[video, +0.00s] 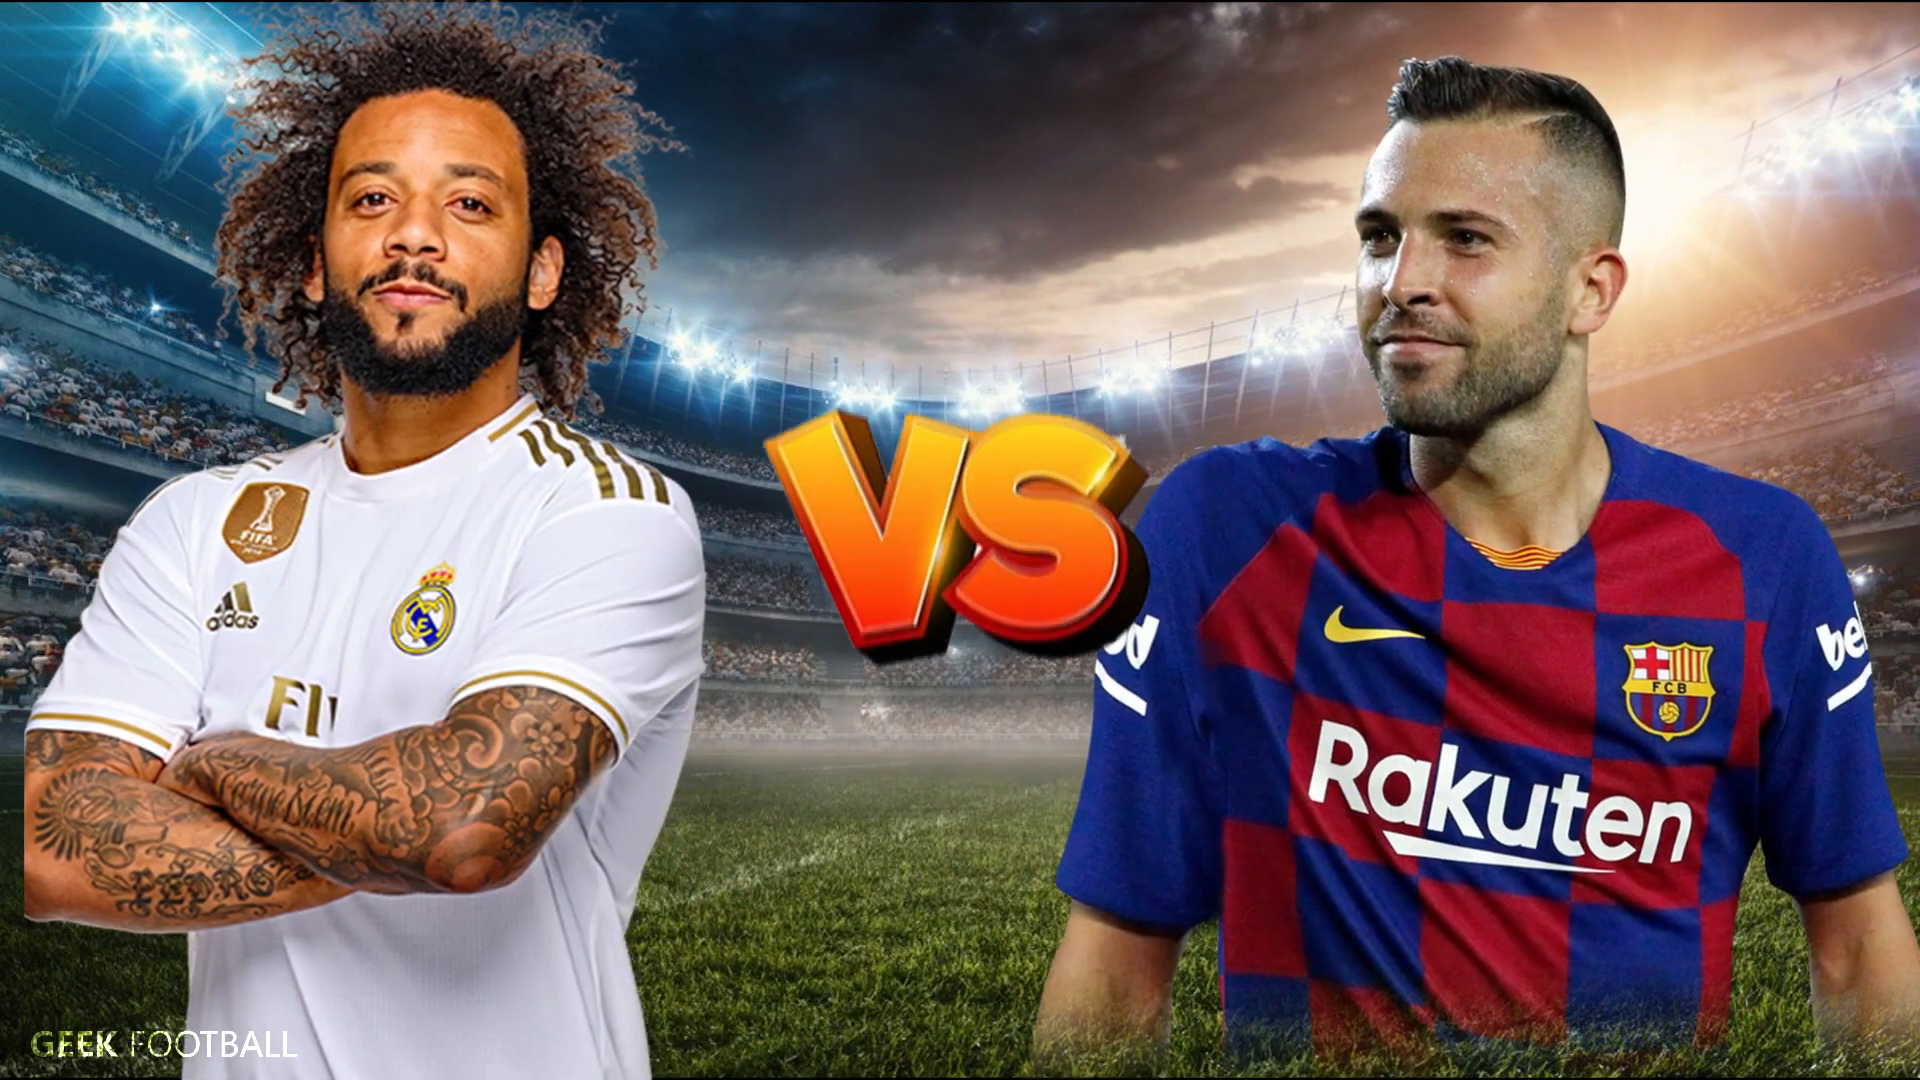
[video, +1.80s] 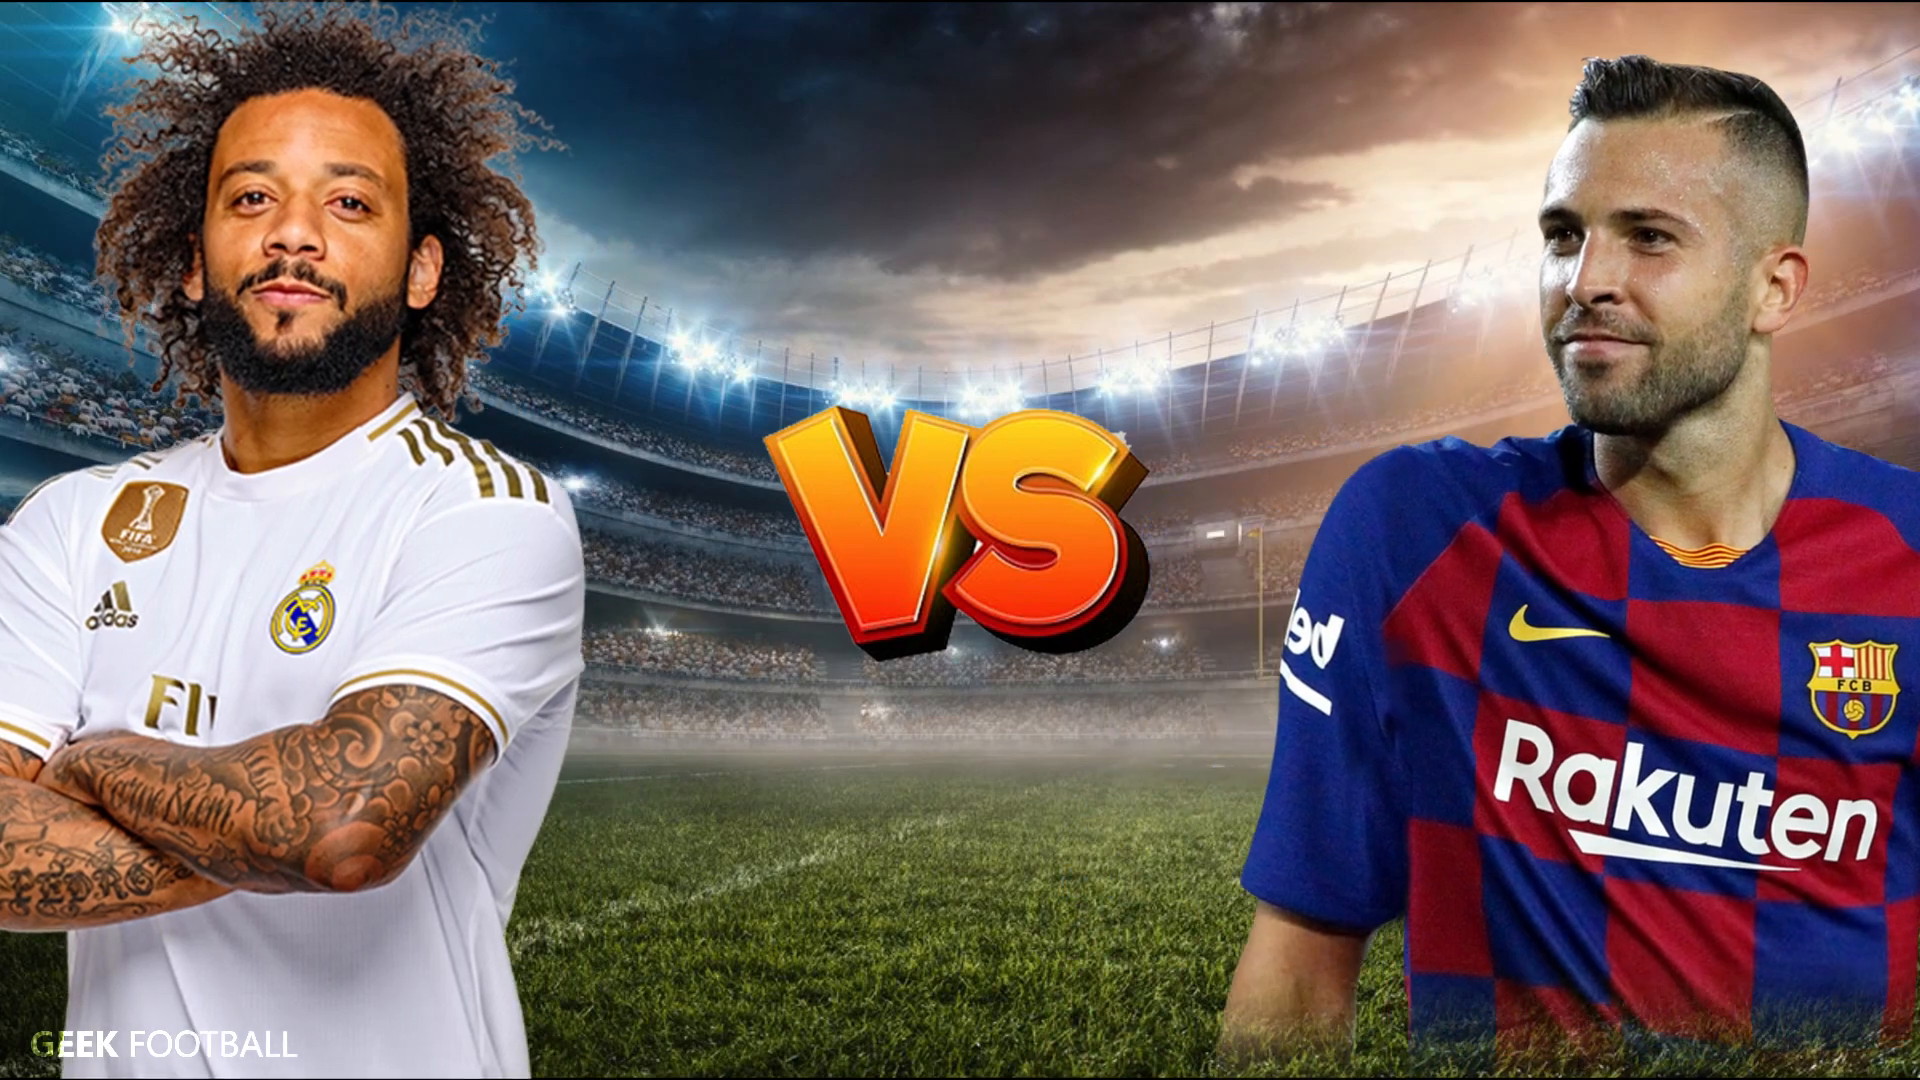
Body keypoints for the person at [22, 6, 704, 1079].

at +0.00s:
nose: (415, 238)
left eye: (471, 204)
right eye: (372, 199)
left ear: (539, 273)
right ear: (319, 259)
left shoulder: (614, 517)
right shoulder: (194, 522)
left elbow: (468, 825)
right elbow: (67, 857)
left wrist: (205, 760)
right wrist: (389, 830)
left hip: (526, 1064)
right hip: (246, 1063)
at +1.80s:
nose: (294, 234)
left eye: (349, 202)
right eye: (251, 200)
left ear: (418, 270)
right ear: (196, 261)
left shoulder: (492, 514)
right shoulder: (68, 522)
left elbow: (347, 825)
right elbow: (10, 868)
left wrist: (77, 759)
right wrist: (269, 820)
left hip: (400, 1062)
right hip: (125, 1062)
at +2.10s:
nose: (178, 236)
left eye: (235, 201)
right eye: (137, 198)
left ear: (305, 268)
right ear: (85, 256)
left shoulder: (379, 514)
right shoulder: (11, 502)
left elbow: (230, 820)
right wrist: (171, 813)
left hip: (286, 1060)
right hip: (28, 1058)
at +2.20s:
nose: (130, 232)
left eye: (186, 200)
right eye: (89, 198)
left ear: (256, 268)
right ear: (36, 258)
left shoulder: (330, 514)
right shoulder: (5, 492)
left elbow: (185, 820)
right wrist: (108, 809)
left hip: (237, 1057)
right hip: (18, 1053)